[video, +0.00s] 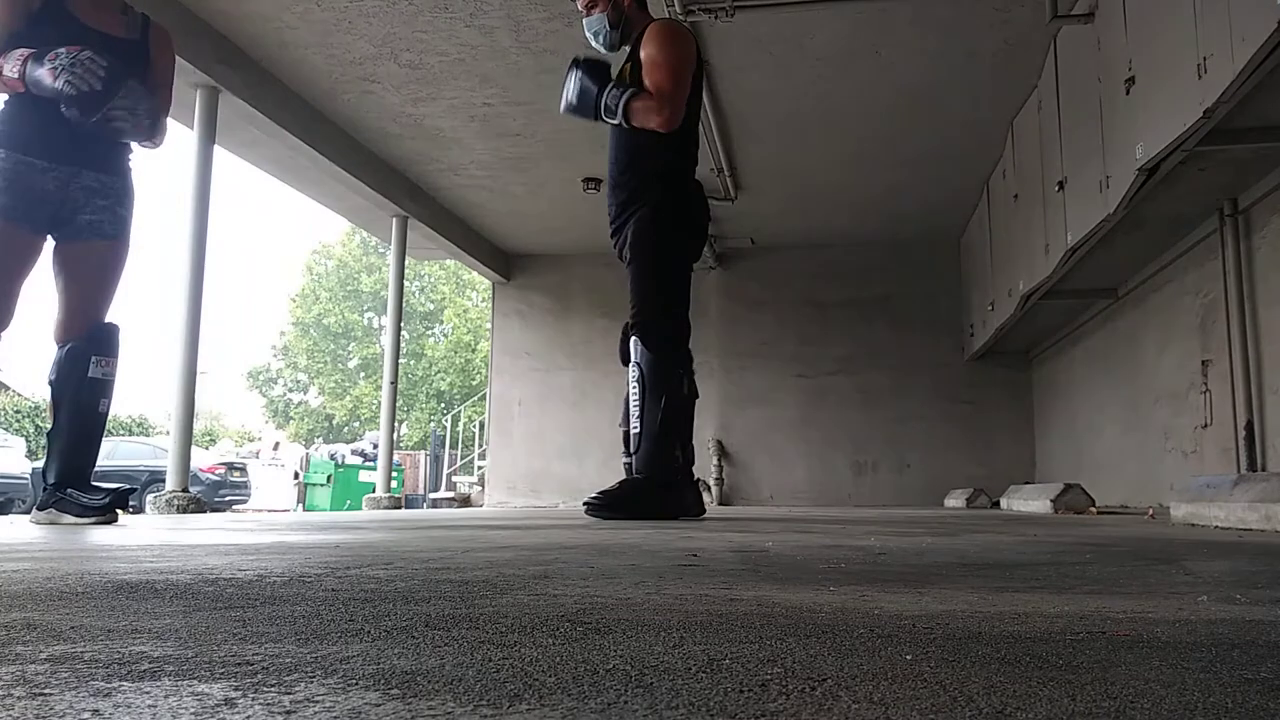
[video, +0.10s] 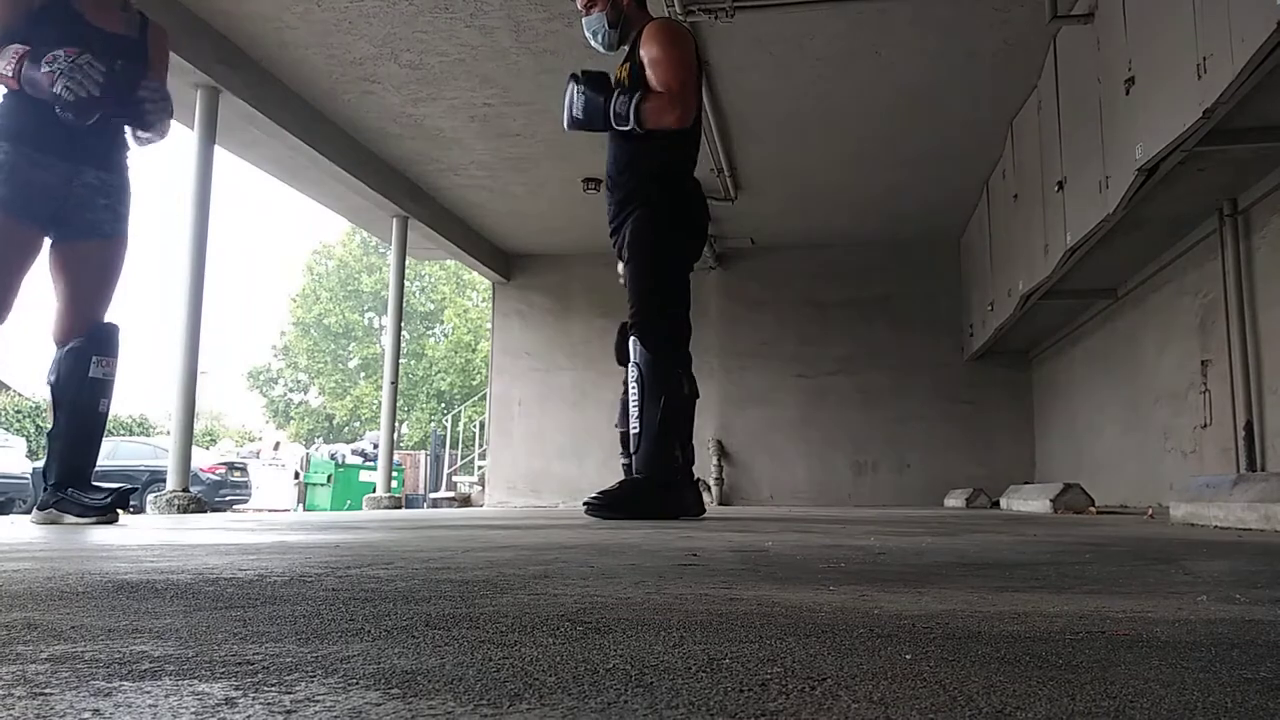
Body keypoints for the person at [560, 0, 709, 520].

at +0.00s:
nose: (588, 21)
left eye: (591, 9)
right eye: (584, 14)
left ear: (623, 1)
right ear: (616, 9)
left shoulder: (663, 35)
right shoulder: (640, 52)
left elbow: (663, 113)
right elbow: (651, 124)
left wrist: (603, 97)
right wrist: (606, 94)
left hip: (662, 214)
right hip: (646, 217)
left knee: (654, 342)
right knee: (659, 344)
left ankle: (655, 480)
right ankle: (671, 479)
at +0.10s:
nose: (587, 19)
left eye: (591, 7)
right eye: (584, 12)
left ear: (621, 2)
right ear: (616, 9)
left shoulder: (660, 34)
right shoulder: (638, 52)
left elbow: (677, 109)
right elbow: (659, 114)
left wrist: (609, 106)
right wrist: (605, 98)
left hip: (660, 215)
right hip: (646, 217)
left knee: (654, 343)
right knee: (657, 344)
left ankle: (656, 480)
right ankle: (670, 479)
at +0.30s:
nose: (587, 16)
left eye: (590, 6)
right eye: (584, 10)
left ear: (619, 0)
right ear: (614, 9)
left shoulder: (658, 32)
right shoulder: (636, 53)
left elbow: (683, 106)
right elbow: (642, 155)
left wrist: (614, 109)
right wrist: (616, 229)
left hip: (660, 212)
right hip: (645, 215)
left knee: (653, 342)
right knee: (655, 342)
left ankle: (657, 481)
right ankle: (669, 479)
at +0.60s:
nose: (589, 19)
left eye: (590, 9)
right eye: (585, 16)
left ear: (610, 2)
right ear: (617, 11)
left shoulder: (646, 28)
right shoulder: (640, 48)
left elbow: (643, 109)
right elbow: (645, 158)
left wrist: (571, 96)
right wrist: (581, 164)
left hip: (651, 211)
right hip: (645, 213)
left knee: (645, 343)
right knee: (647, 343)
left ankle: (656, 480)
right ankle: (664, 477)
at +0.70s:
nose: (583, 11)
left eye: (586, 3)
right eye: (580, 9)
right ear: (607, 10)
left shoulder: (644, 25)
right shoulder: (642, 40)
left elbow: (608, 96)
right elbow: (621, 144)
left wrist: (551, 55)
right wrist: (559, 116)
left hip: (649, 212)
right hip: (647, 213)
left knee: (645, 343)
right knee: (617, 345)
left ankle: (658, 483)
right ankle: (649, 478)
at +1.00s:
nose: (584, 27)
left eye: (585, 16)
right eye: (582, 21)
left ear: (612, 7)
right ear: (604, 19)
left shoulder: (651, 43)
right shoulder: (619, 67)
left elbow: (604, 101)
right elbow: (569, 136)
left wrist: (564, 48)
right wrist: (542, 66)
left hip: (635, 220)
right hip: (615, 223)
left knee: (597, 337)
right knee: (612, 343)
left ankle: (645, 474)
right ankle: (631, 474)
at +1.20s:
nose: (568, 44)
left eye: (570, 28)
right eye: (565, 33)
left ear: (600, 18)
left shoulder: (645, 51)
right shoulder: (607, 84)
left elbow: (610, 106)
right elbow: (551, 135)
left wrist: (555, 51)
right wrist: (527, 66)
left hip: (622, 221)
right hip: (606, 225)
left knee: (537, 296)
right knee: (607, 358)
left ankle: (585, 437)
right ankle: (638, 483)